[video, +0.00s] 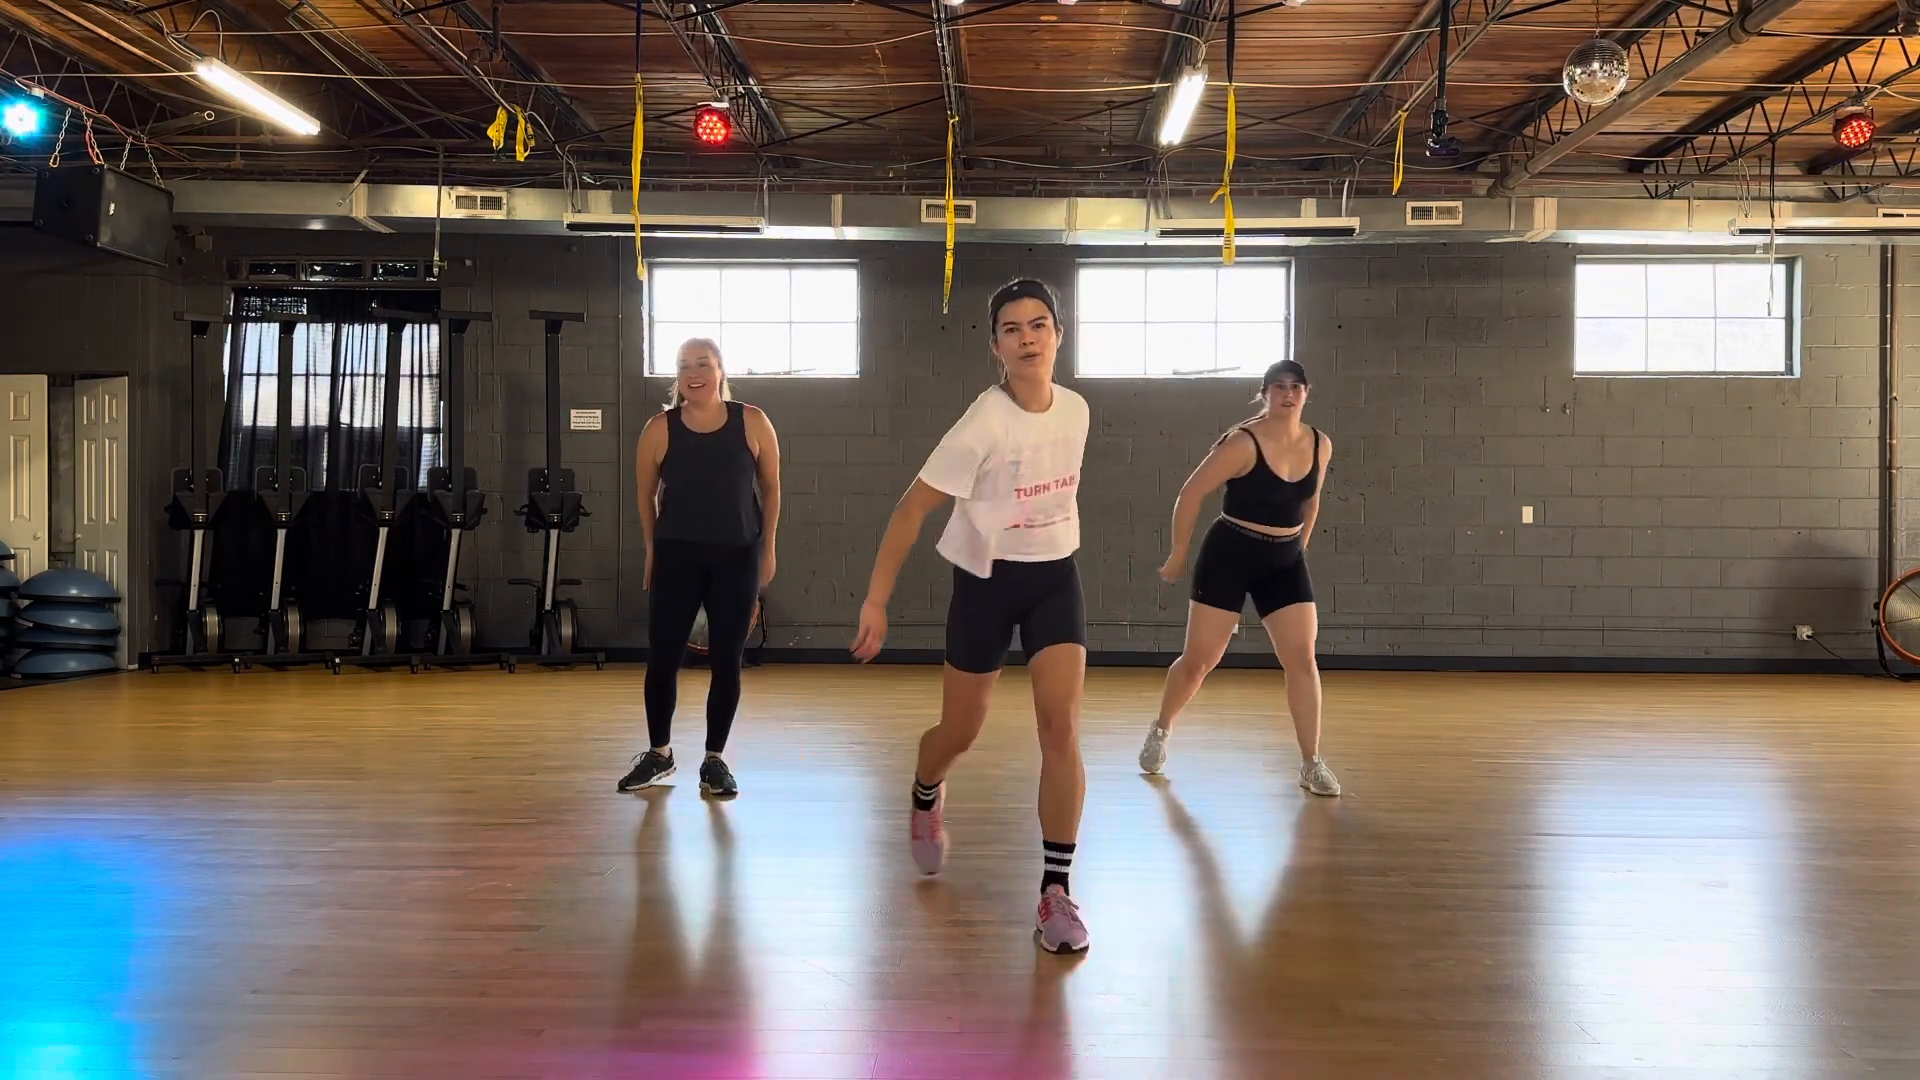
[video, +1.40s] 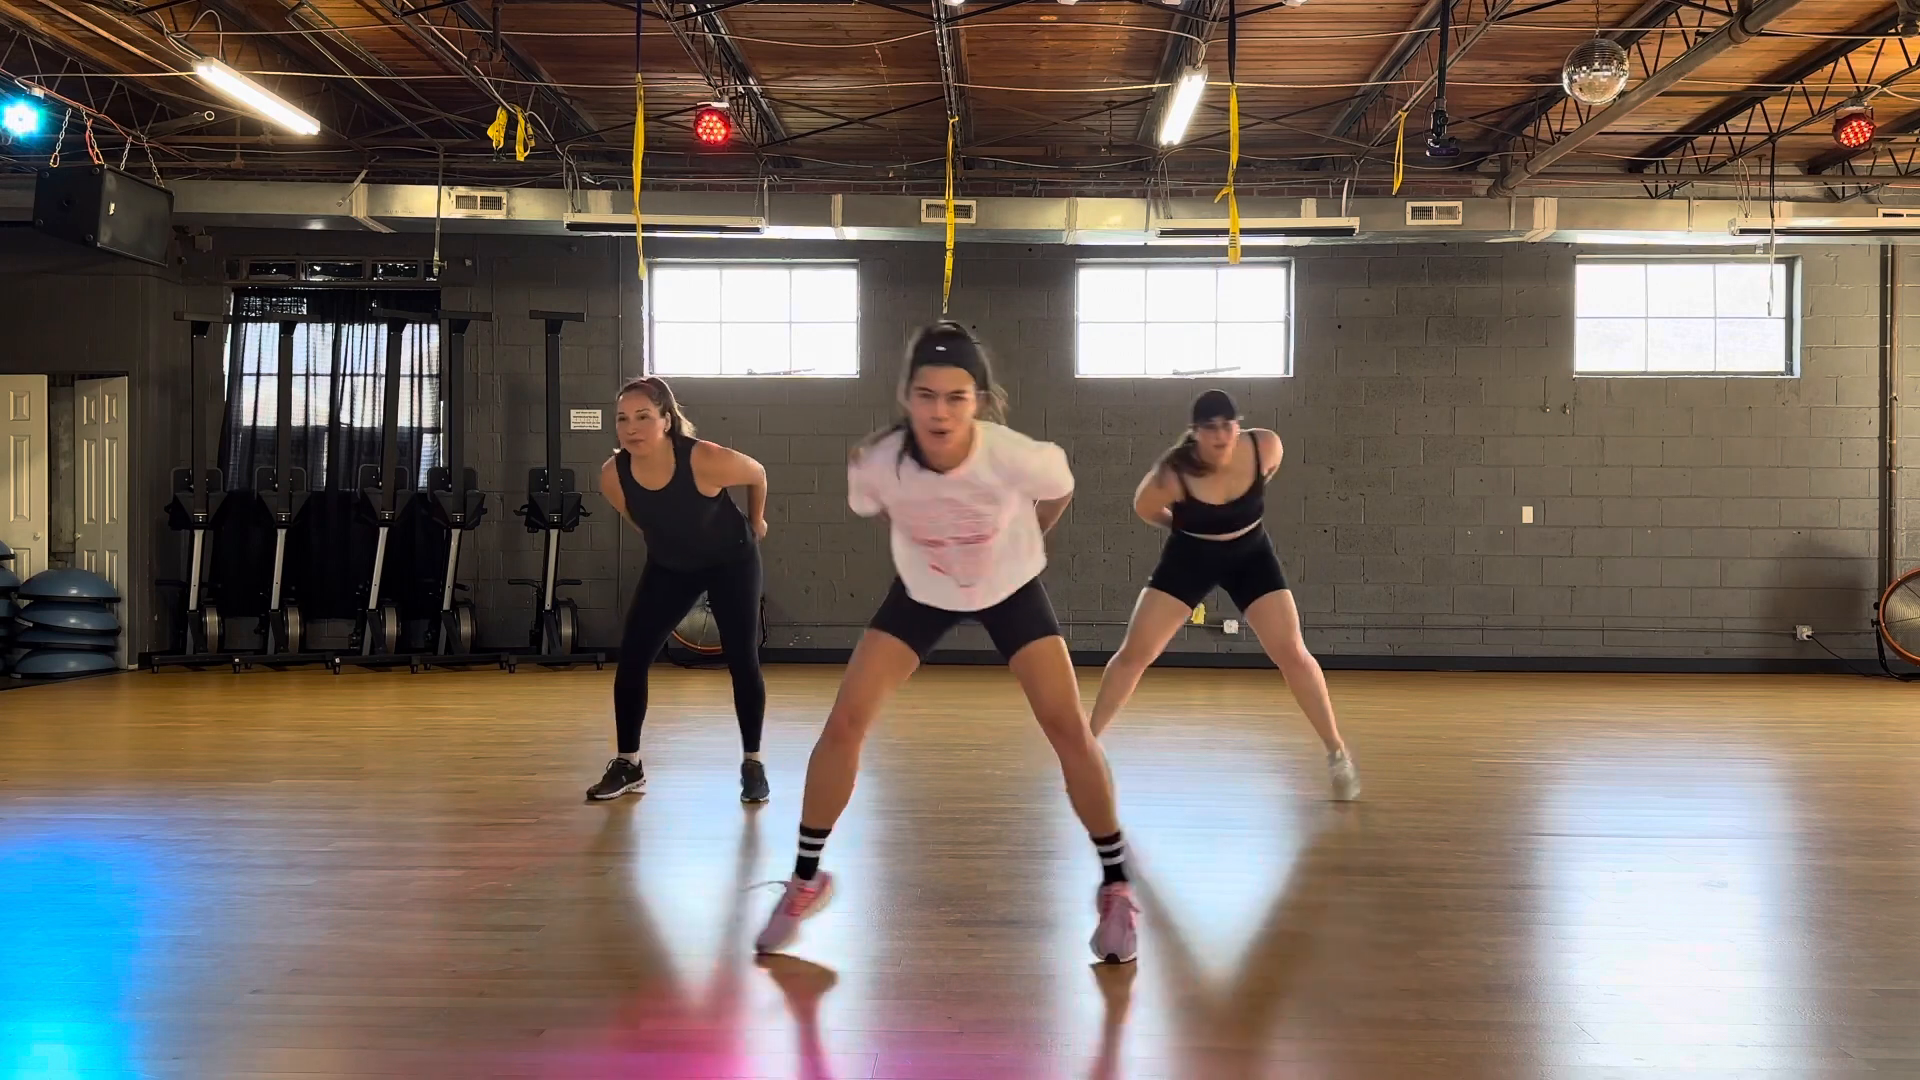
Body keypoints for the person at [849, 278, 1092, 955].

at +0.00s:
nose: (1027, 337)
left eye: (1038, 325)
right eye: (1012, 328)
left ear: (1057, 335)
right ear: (995, 345)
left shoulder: (1076, 411)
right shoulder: (984, 420)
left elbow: (1054, 490)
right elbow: (913, 507)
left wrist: (1040, 553)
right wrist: (876, 603)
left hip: (1055, 577)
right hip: (983, 580)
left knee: (1061, 731)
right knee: (960, 731)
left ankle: (1057, 891)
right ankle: (925, 793)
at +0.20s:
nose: (1015, 341)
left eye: (1026, 327)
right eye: (999, 333)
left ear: (1048, 334)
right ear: (984, 350)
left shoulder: (1057, 393)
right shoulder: (975, 432)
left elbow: (1043, 475)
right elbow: (915, 505)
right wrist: (903, 559)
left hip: (1045, 577)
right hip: (973, 580)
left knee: (1070, 732)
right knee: (930, 745)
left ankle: (1054, 892)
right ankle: (869, 868)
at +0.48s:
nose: (923, 359)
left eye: (940, 347)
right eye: (912, 347)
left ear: (968, 359)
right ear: (897, 356)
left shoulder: (1007, 429)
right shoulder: (880, 431)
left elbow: (1057, 496)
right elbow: (907, 494)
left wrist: (1044, 559)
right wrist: (944, 544)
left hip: (1008, 572)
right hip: (922, 574)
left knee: (1058, 725)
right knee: (859, 716)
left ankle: (1082, 878)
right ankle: (831, 871)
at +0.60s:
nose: (879, 383)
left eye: (897, 372)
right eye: (873, 367)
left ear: (929, 386)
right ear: (861, 370)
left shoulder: (948, 465)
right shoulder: (859, 428)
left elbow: (1024, 523)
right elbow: (901, 502)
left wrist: (1026, 555)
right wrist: (980, 537)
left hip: (979, 587)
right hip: (902, 591)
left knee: (1058, 750)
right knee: (843, 731)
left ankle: (1133, 888)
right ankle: (826, 892)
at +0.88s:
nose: (952, 410)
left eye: (967, 396)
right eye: (938, 395)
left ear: (990, 406)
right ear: (917, 400)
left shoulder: (1015, 474)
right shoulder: (873, 455)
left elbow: (1003, 521)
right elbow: (836, 499)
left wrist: (947, 541)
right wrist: (892, 536)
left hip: (969, 587)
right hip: (881, 593)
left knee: (1052, 719)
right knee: (827, 735)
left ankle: (1125, 873)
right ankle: (810, 883)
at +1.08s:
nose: (1028, 413)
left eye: (1038, 395)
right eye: (1010, 401)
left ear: (1054, 396)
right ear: (984, 413)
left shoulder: (1056, 443)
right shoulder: (956, 491)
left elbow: (1008, 517)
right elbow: (888, 542)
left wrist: (925, 545)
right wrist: (879, 551)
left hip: (1000, 603)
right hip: (920, 599)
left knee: (1056, 738)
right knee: (841, 754)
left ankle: (1072, 905)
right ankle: (741, 878)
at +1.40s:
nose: (941, 411)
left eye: (956, 396)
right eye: (926, 395)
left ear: (979, 401)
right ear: (906, 399)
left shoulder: (1020, 458)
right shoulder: (876, 464)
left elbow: (1059, 495)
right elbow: (884, 512)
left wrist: (1024, 542)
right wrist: (931, 542)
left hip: (1010, 589)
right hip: (920, 590)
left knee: (1069, 730)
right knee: (843, 723)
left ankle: (1116, 887)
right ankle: (805, 878)